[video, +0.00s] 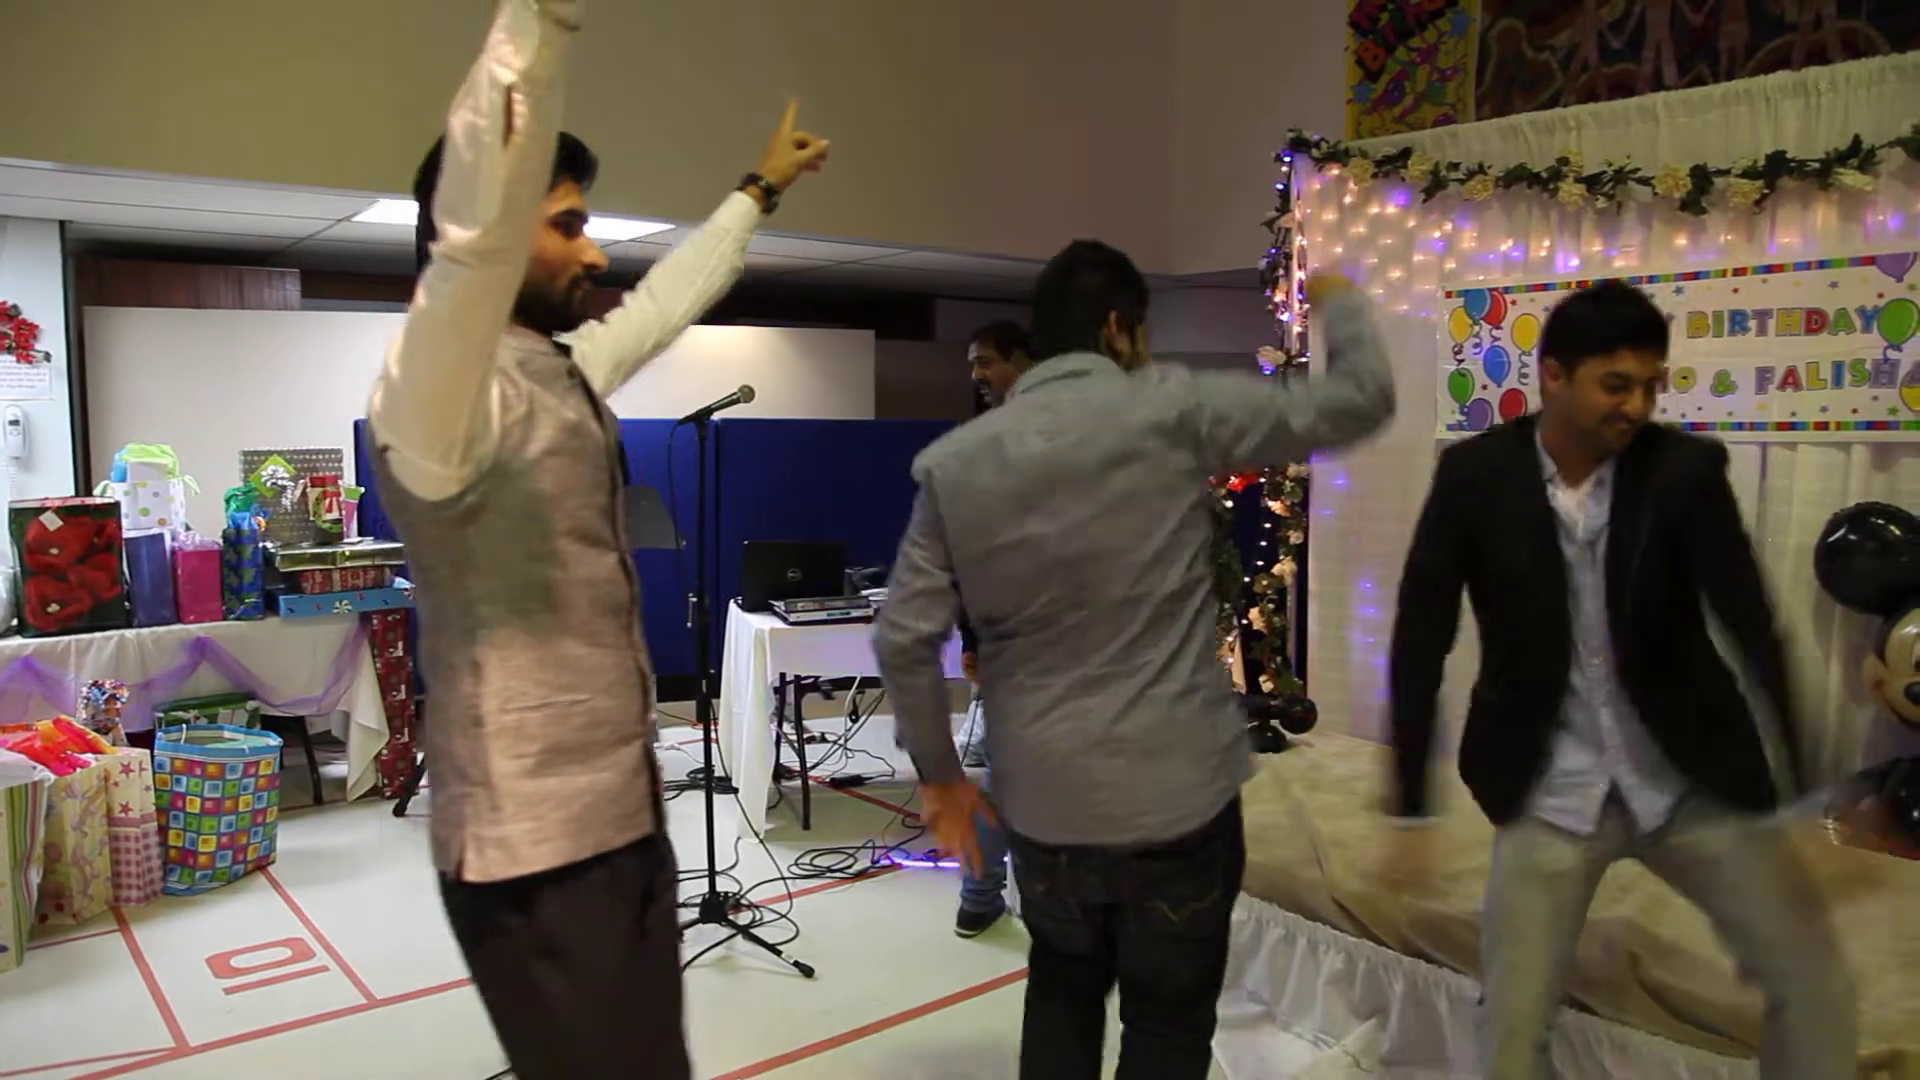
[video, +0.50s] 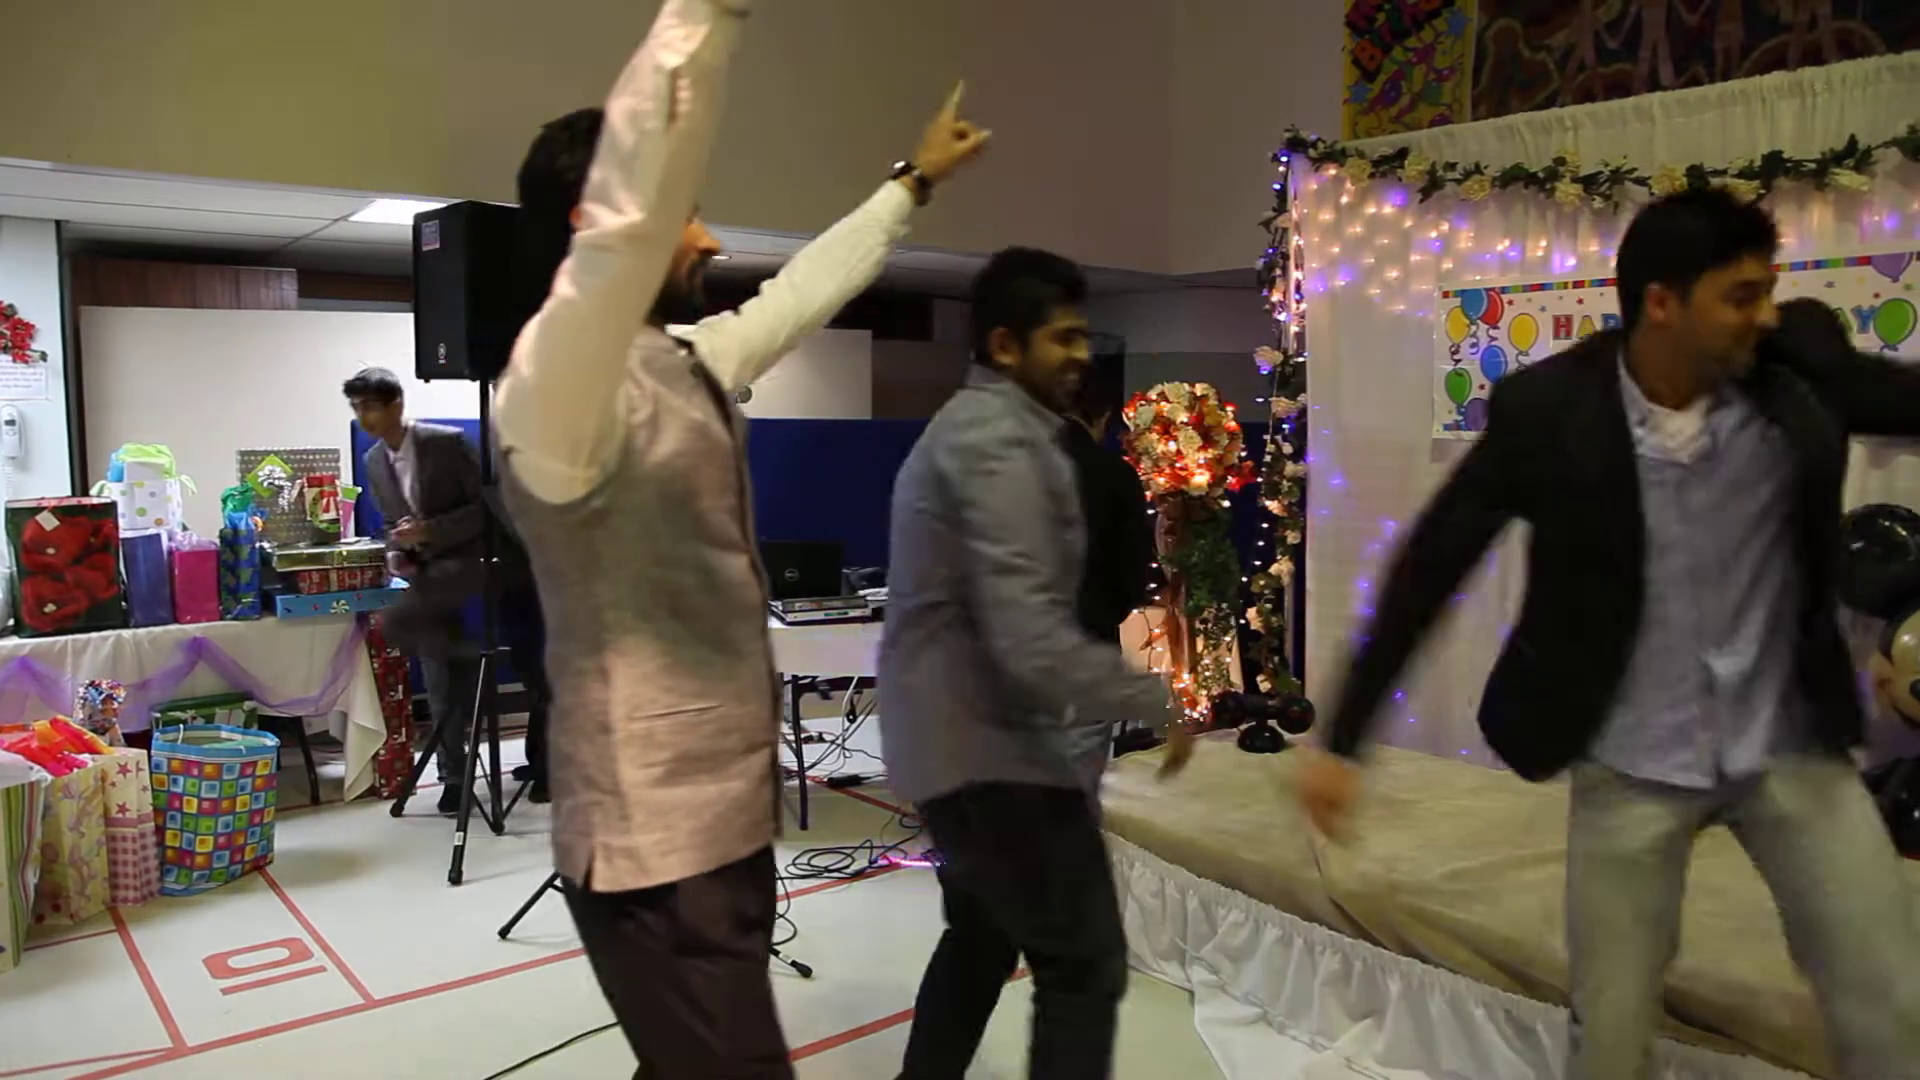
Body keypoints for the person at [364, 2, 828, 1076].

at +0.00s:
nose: (596, 254)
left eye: (591, 229)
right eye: (568, 226)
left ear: (568, 241)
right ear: (487, 233)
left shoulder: (569, 370)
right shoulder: (438, 403)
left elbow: (664, 299)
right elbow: (477, 227)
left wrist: (761, 188)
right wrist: (539, 16)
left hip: (619, 818)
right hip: (533, 845)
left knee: (653, 1067)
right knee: (599, 1074)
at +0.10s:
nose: (616, 262)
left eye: (608, 238)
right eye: (589, 239)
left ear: (582, 252)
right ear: (513, 256)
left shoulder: (587, 384)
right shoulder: (461, 418)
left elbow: (692, 322)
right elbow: (500, 249)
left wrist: (790, 207)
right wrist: (563, 29)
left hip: (635, 820)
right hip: (563, 849)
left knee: (686, 1063)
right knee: (661, 1070)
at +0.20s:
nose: (638, 265)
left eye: (631, 240)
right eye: (612, 241)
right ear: (535, 258)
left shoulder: (614, 385)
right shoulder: (486, 419)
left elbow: (722, 326)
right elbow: (528, 247)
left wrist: (830, 212)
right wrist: (598, 32)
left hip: (662, 827)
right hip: (588, 856)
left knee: (706, 1061)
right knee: (705, 1071)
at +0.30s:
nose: (662, 253)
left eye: (654, 231)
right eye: (638, 231)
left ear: (605, 252)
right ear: (562, 246)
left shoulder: (642, 379)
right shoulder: (506, 416)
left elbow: (751, 311)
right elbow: (558, 224)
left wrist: (866, 205)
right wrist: (636, 20)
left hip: (683, 814)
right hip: (607, 844)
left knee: (710, 1059)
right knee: (702, 1068)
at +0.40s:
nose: (683, 246)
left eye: (677, 222)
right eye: (659, 224)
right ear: (583, 236)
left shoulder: (667, 370)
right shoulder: (531, 407)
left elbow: (777, 301)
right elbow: (594, 217)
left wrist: (891, 192)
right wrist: (671, 10)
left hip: (708, 825)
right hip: (629, 851)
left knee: (715, 1060)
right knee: (715, 1070)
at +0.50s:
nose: (707, 232)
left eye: (698, 208)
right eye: (678, 213)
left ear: (648, 230)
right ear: (603, 226)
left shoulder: (693, 364)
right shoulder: (557, 401)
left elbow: (801, 293)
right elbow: (627, 206)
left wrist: (913, 183)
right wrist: (705, 3)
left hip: (725, 830)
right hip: (651, 853)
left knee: (706, 1064)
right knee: (733, 1071)